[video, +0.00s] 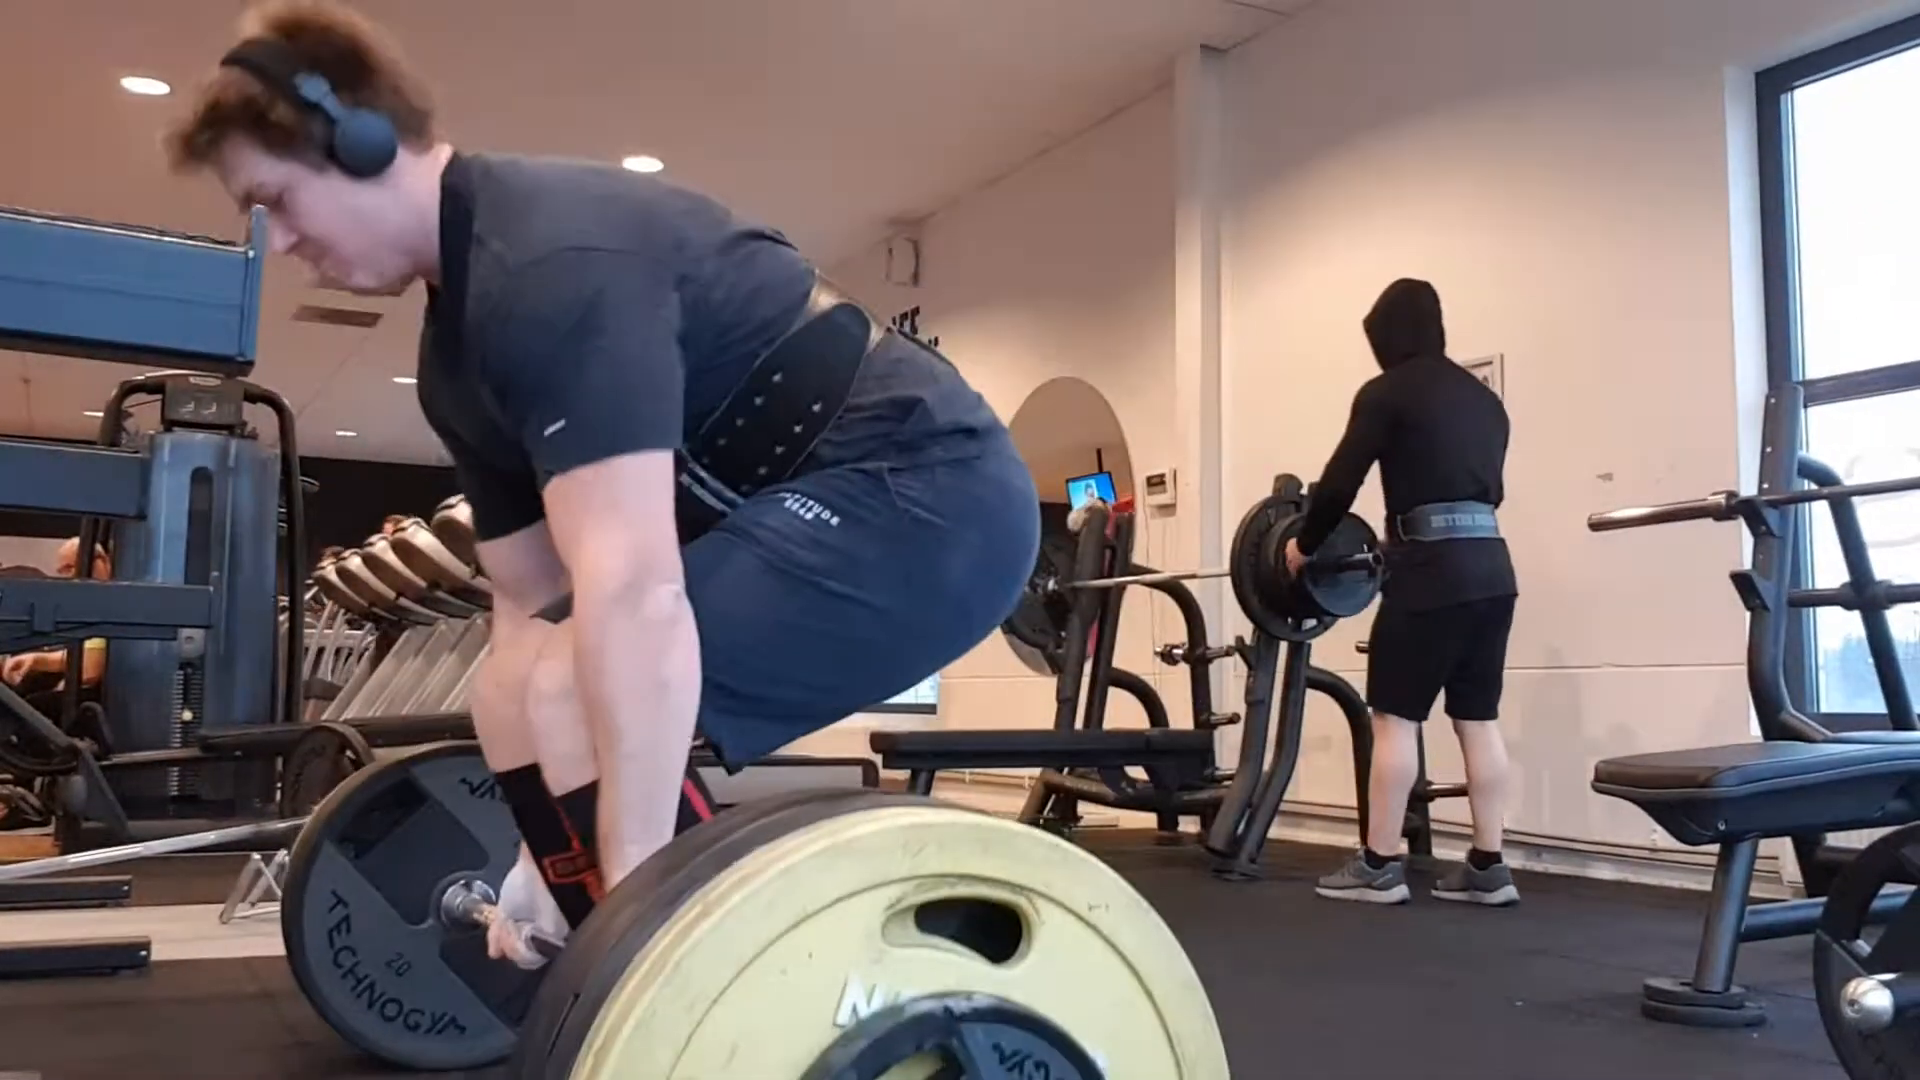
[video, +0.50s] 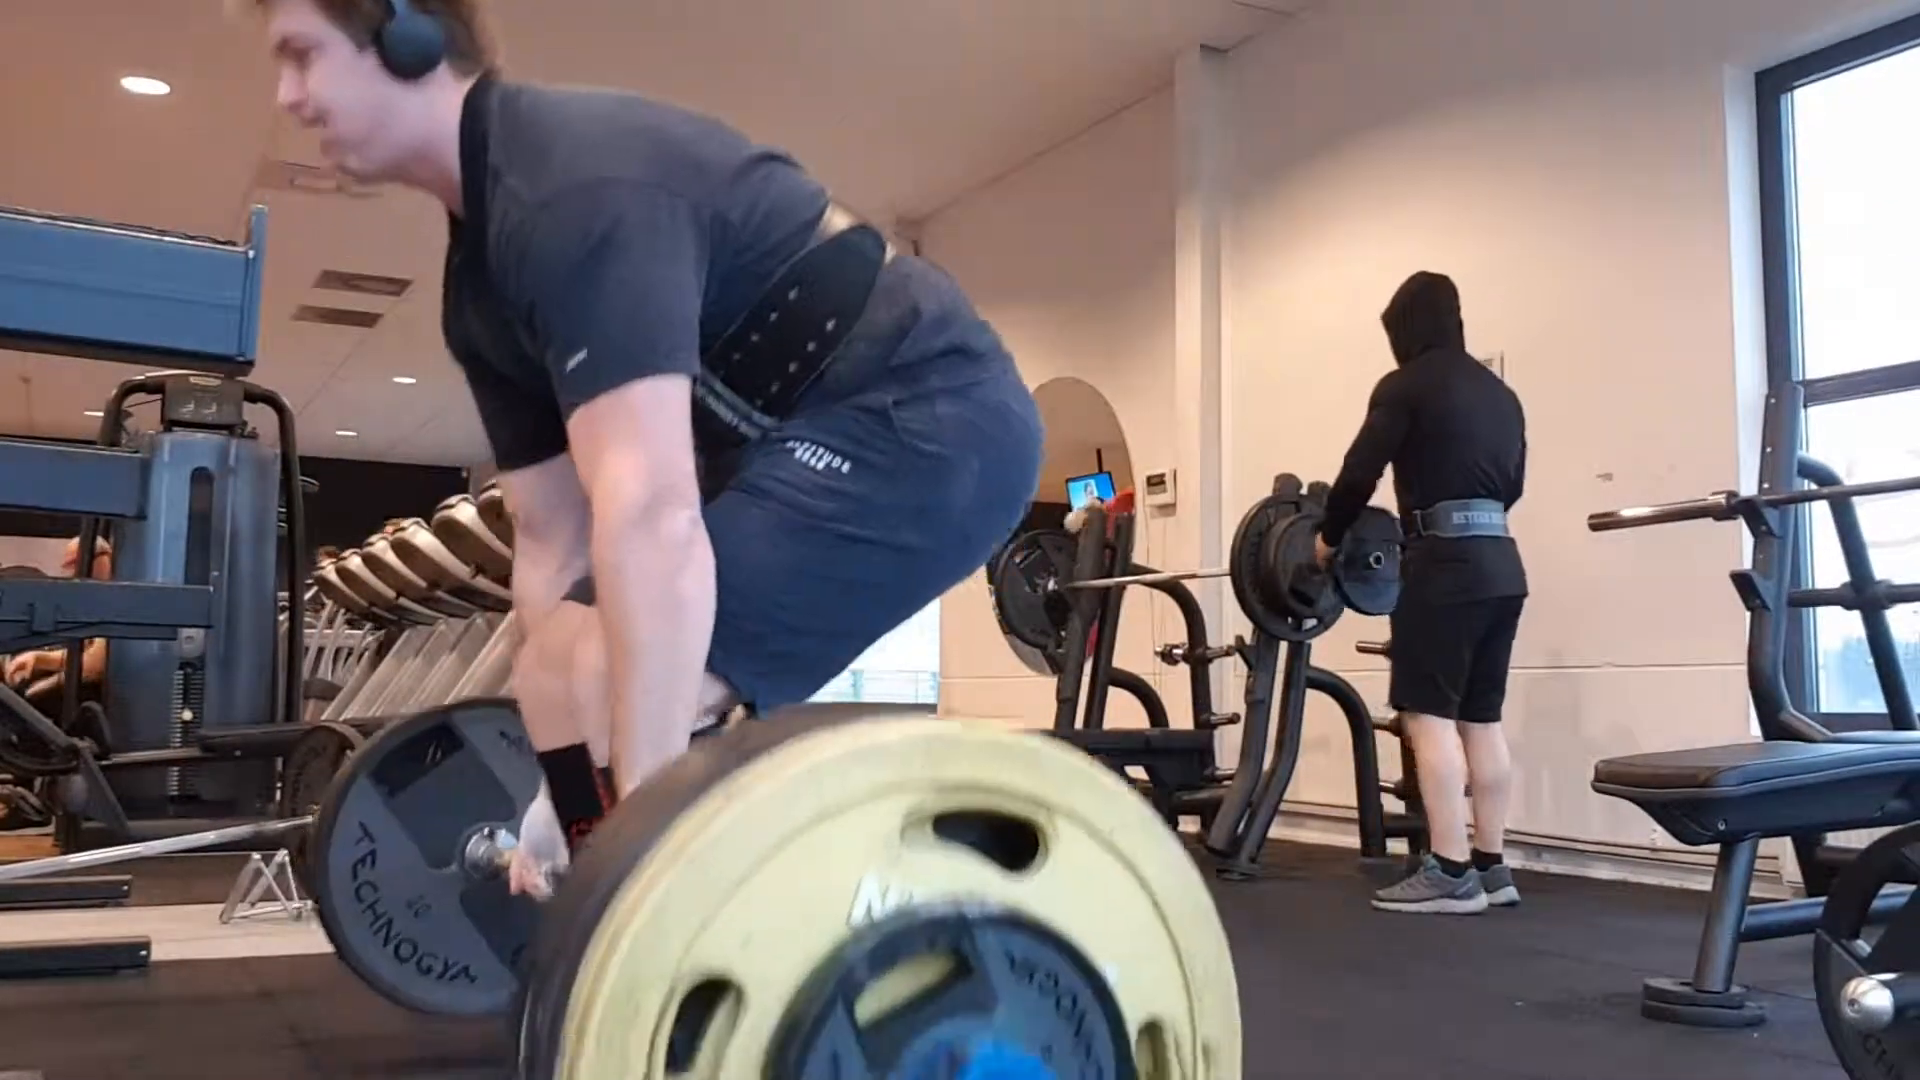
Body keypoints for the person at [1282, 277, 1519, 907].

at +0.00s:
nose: (1373, 347)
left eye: (1373, 337)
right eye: (1374, 337)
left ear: (1382, 335)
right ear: (1436, 329)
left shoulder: (1384, 394)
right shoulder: (1484, 398)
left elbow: (1338, 485)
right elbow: (1484, 494)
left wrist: (1304, 539)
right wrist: (1407, 536)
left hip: (1428, 574)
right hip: (1490, 571)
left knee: (1395, 718)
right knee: (1477, 717)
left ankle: (1381, 864)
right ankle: (1489, 865)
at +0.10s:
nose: (1387, 346)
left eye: (1387, 336)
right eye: (1388, 336)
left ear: (1397, 333)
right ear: (1450, 328)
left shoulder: (1396, 392)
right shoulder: (1496, 397)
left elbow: (1346, 482)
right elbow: (1493, 495)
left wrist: (1304, 536)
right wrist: (1411, 539)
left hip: (1435, 573)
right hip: (1500, 571)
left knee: (1399, 717)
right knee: (1483, 718)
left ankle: (1384, 864)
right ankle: (1489, 866)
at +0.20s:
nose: (1396, 345)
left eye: (1397, 335)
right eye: (1396, 336)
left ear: (1409, 331)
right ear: (1459, 327)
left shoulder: (1405, 390)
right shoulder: (1503, 395)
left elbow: (1352, 477)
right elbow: (1489, 498)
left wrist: (1307, 533)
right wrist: (1403, 543)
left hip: (1442, 571)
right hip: (1505, 570)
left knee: (1400, 715)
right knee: (1485, 718)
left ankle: (1398, 864)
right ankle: (1490, 866)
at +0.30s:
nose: (1400, 343)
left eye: (1401, 333)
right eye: (1400, 333)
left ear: (1413, 328)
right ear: (1464, 324)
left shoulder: (1408, 388)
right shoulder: (1507, 394)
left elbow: (1356, 476)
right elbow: (1492, 498)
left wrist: (1315, 535)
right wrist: (1411, 543)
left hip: (1445, 571)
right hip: (1506, 569)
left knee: (1405, 714)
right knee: (1484, 717)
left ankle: (1420, 866)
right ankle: (1490, 865)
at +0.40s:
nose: (1399, 341)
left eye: (1399, 331)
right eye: (1400, 331)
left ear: (1410, 327)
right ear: (1463, 322)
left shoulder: (1409, 387)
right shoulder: (1507, 395)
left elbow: (1360, 475)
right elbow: (1496, 494)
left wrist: (1325, 532)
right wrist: (1421, 539)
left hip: (1445, 569)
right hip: (1503, 568)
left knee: (1414, 711)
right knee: (1482, 716)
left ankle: (1446, 866)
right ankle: (1491, 867)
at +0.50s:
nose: (1390, 341)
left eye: (1391, 330)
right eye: (1391, 331)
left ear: (1400, 328)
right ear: (1455, 322)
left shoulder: (1403, 387)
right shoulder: (1501, 393)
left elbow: (1360, 474)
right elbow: (1508, 488)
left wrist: (1329, 530)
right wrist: (1430, 525)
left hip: (1444, 572)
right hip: (1500, 570)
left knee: (1427, 715)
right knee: (1482, 719)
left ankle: (1450, 871)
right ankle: (1491, 867)